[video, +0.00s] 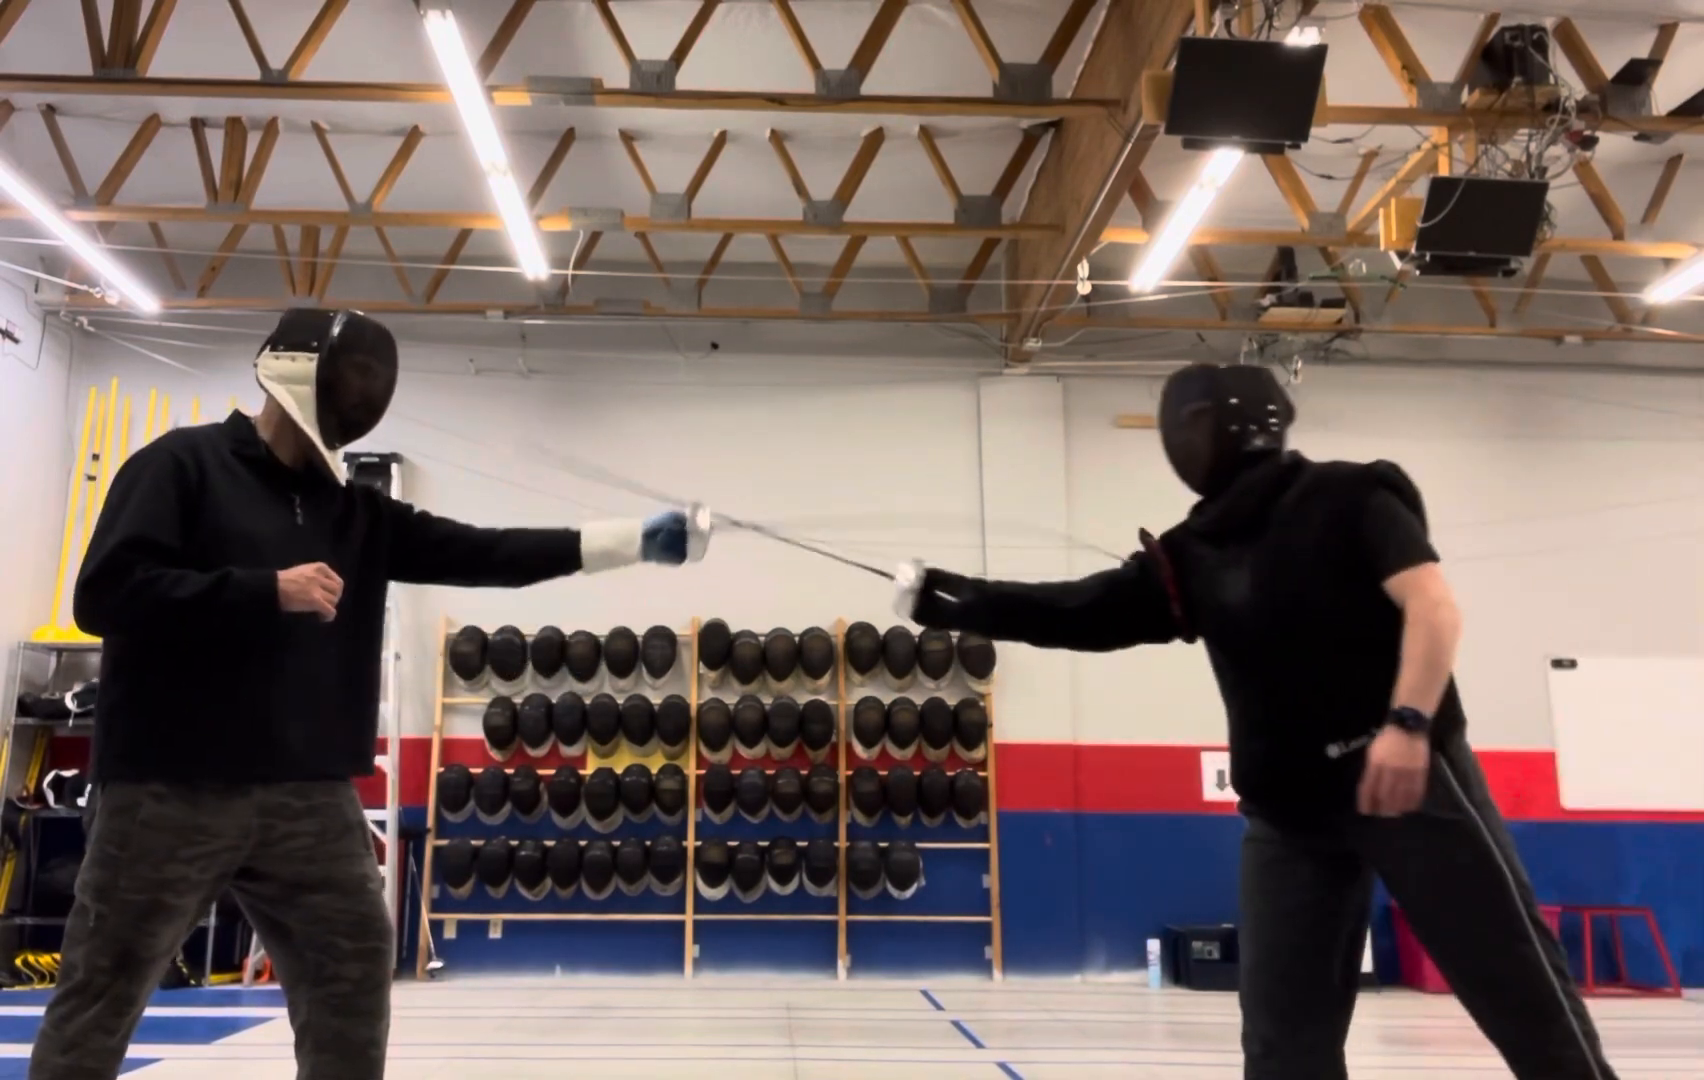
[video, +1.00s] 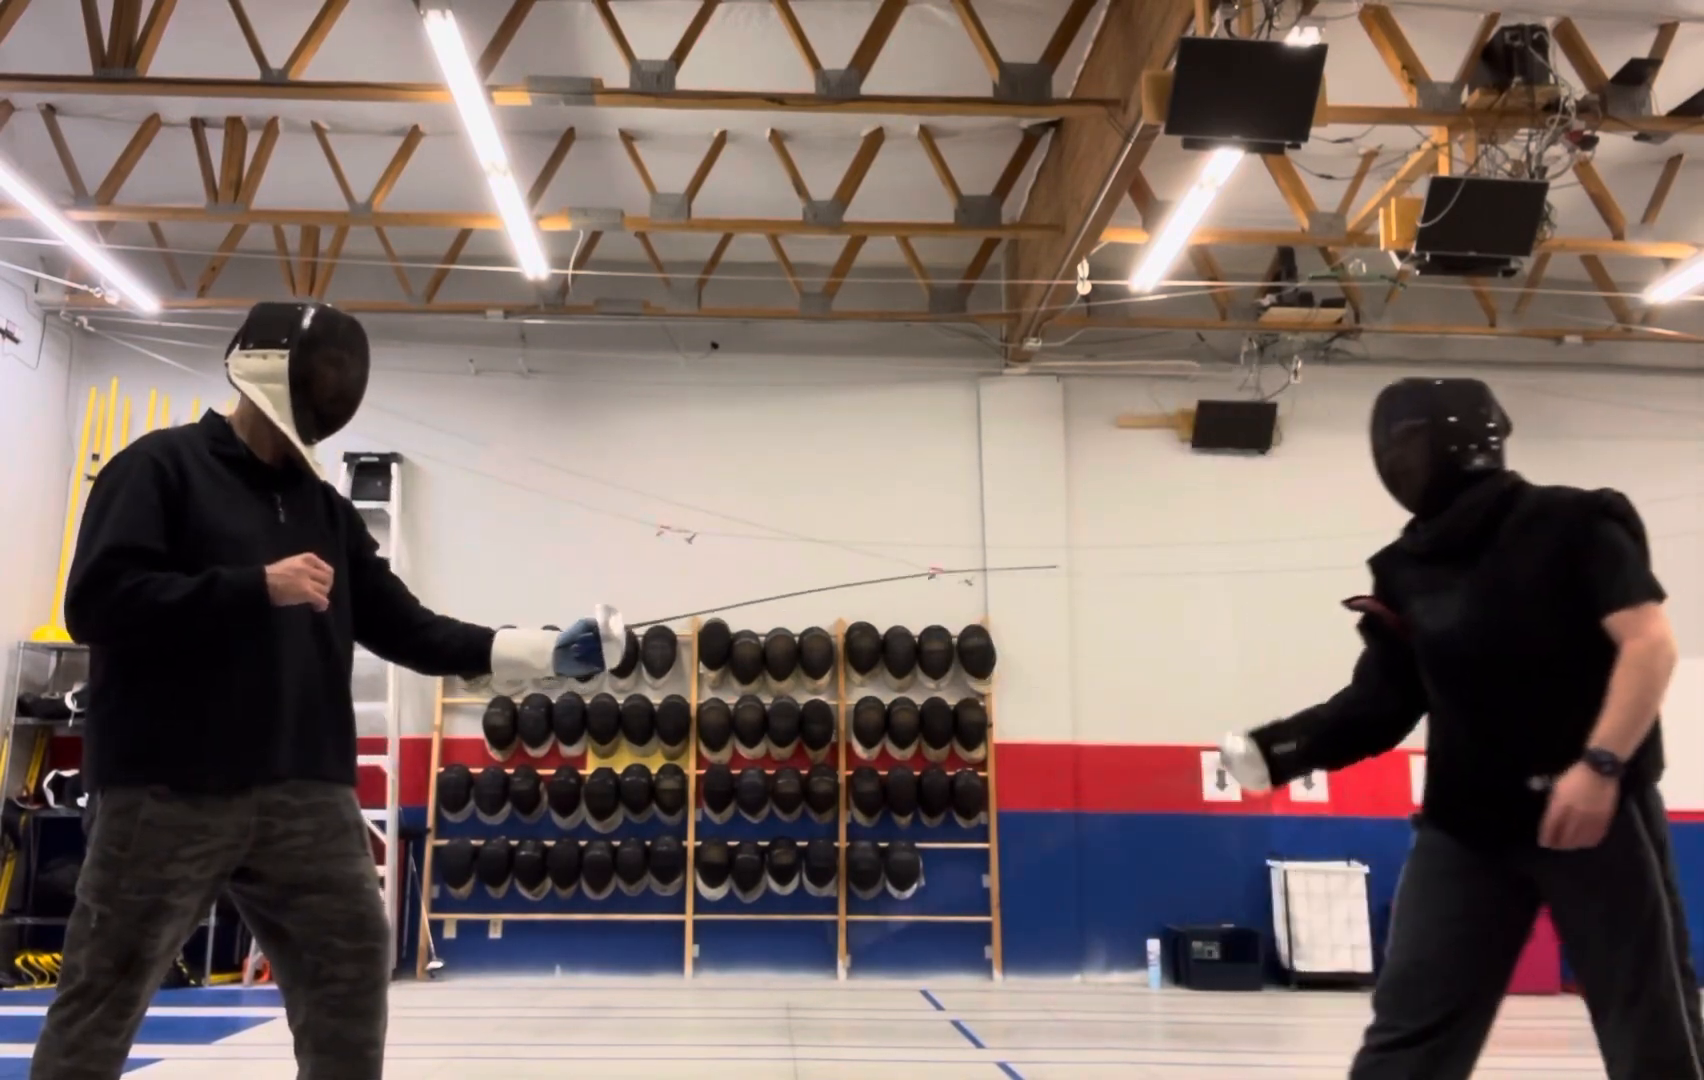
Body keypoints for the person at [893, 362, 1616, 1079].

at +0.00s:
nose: (1174, 445)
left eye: (1183, 424)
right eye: (1172, 429)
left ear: (1231, 423)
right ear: (1239, 429)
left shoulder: (1351, 498)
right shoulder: (1193, 558)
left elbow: (1435, 610)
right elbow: (1081, 610)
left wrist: (1409, 723)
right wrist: (958, 602)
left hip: (1413, 788)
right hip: (1291, 817)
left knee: (1525, 1000)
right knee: (1286, 1046)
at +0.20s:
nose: (1132, 448)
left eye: (1140, 428)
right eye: (1131, 432)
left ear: (1184, 430)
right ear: (1210, 428)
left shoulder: (1310, 492)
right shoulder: (1151, 555)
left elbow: (1397, 602)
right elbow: (1031, 590)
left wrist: (1367, 716)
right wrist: (916, 560)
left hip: (1384, 789)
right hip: (1258, 816)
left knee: (1490, 994)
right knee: (1262, 1041)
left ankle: (1544, 1078)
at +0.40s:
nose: (1137, 448)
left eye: (1143, 428)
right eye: (1135, 433)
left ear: (1185, 427)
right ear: (1208, 427)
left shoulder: (1315, 491)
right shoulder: (1157, 558)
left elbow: (1401, 603)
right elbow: (1040, 599)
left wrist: (1378, 722)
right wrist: (918, 576)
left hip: (1384, 783)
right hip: (1264, 813)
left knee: (1487, 991)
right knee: (1264, 1041)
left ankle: (1546, 1079)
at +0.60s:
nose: (1187, 448)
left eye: (1200, 427)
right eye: (1184, 432)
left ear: (1249, 424)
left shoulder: (1361, 501)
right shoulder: (1212, 565)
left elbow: (1445, 617)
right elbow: (1145, 674)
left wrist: (1410, 732)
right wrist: (1015, 691)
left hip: (1420, 792)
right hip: (1298, 820)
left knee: (1536, 996)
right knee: (1282, 1043)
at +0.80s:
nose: (1288, 468)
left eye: (1299, 448)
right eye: (1286, 452)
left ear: (1346, 444)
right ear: (1362, 447)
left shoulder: (1462, 525)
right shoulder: (1305, 573)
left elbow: (1545, 647)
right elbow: (1296, 710)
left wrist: (1486, 759)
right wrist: (1221, 793)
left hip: (1495, 815)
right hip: (1364, 828)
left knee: (1595, 1024)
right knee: (1307, 1045)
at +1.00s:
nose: (1390, 465)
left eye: (1401, 444)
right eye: (1388, 449)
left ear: (1445, 442)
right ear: (1474, 442)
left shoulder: (1573, 523)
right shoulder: (1408, 570)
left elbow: (1653, 646)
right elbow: (1383, 701)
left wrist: (1601, 766)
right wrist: (1282, 751)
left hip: (1595, 818)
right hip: (1468, 826)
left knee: (1651, 1037)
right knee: (1407, 1041)